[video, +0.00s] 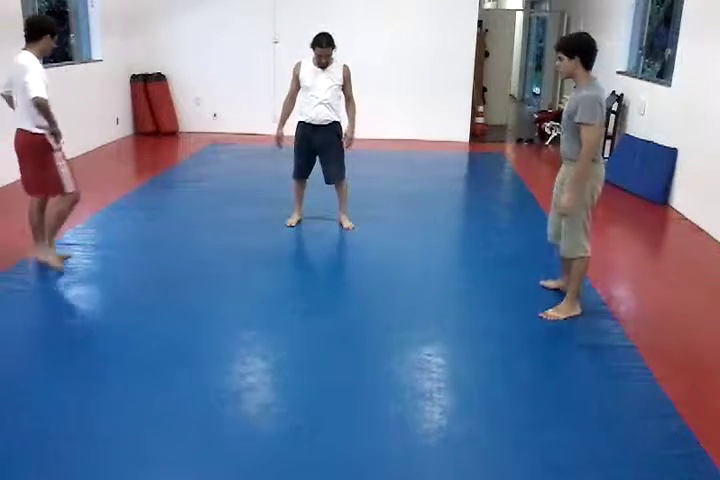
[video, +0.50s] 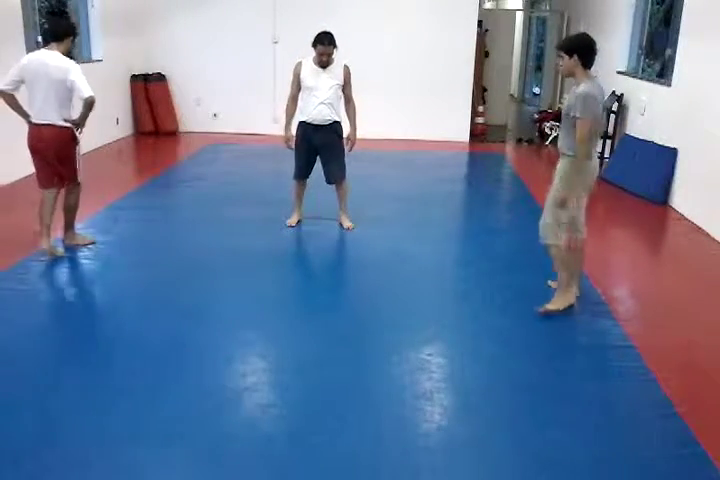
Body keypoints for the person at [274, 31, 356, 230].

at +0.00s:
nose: (323, 60)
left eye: (327, 56)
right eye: (319, 55)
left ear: (333, 52)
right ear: (312, 51)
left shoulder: (342, 70)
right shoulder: (301, 68)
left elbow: (349, 100)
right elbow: (291, 98)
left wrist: (351, 128)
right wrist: (280, 127)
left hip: (331, 129)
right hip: (305, 128)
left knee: (339, 177)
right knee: (300, 175)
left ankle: (343, 214)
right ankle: (297, 212)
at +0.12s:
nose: (323, 60)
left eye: (327, 55)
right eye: (319, 55)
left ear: (333, 52)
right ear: (312, 51)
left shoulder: (342, 70)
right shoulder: (301, 68)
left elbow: (349, 100)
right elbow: (291, 98)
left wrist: (352, 128)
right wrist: (279, 127)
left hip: (331, 129)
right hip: (305, 129)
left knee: (338, 177)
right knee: (300, 175)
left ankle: (343, 214)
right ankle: (297, 212)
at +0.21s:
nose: (324, 59)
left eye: (328, 55)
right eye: (320, 55)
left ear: (334, 52)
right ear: (313, 51)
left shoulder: (342, 70)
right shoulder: (301, 67)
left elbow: (349, 101)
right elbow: (291, 97)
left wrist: (352, 129)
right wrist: (281, 126)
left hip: (331, 129)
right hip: (305, 128)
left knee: (338, 177)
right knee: (300, 175)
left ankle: (343, 213)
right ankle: (297, 212)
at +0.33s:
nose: (324, 59)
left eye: (328, 55)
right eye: (320, 55)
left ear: (334, 52)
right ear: (313, 51)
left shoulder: (342, 70)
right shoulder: (301, 68)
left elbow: (349, 101)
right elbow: (292, 98)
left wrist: (352, 129)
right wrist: (284, 126)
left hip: (331, 128)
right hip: (306, 128)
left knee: (339, 177)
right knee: (300, 175)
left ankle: (343, 213)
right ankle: (297, 212)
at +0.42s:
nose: (324, 59)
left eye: (328, 55)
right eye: (320, 54)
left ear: (334, 52)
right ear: (313, 50)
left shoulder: (342, 71)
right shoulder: (301, 68)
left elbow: (349, 101)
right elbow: (292, 98)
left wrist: (352, 130)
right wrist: (286, 128)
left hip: (332, 129)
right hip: (306, 128)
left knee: (339, 177)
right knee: (300, 176)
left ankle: (343, 214)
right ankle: (297, 212)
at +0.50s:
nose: (324, 58)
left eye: (329, 54)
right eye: (321, 54)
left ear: (334, 51)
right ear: (314, 50)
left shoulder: (342, 71)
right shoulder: (301, 68)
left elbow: (348, 101)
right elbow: (293, 98)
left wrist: (353, 130)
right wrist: (287, 129)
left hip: (332, 129)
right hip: (306, 128)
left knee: (339, 177)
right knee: (300, 176)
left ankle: (343, 214)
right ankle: (297, 212)